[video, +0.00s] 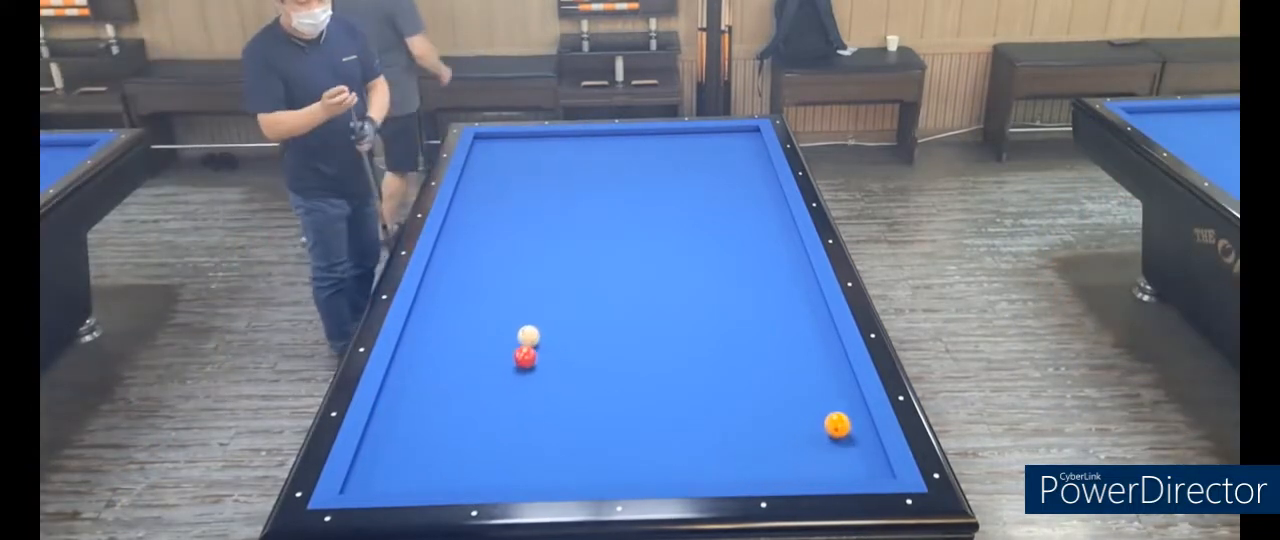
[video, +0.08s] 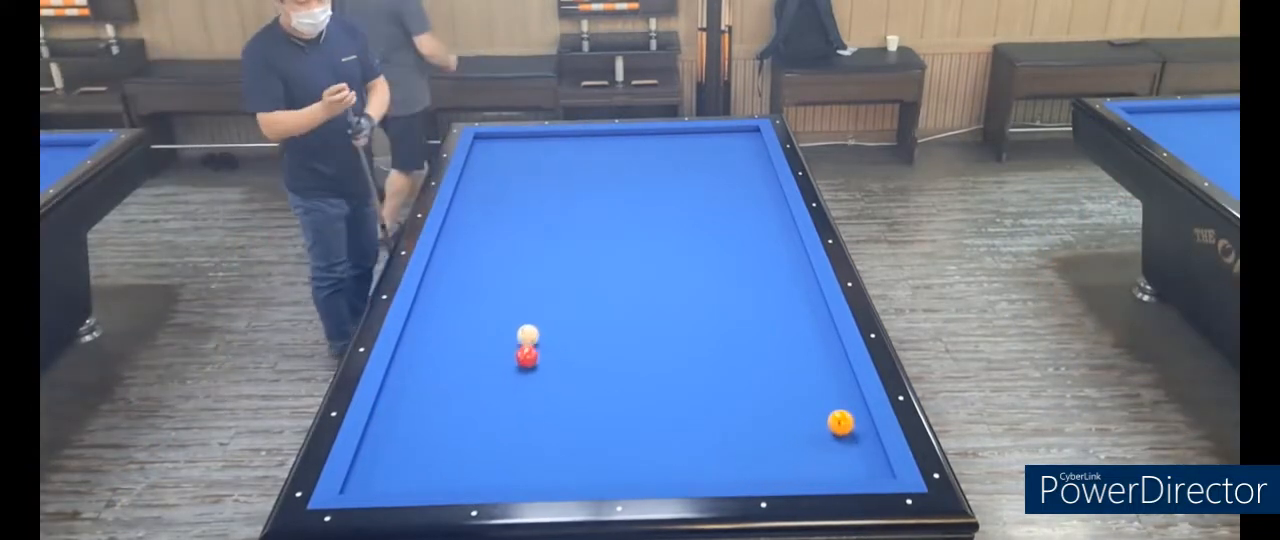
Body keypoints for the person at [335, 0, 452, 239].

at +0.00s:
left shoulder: (338, 5)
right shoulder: (396, 4)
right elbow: (419, 50)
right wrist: (441, 70)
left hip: (350, 98)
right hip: (395, 98)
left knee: (356, 166)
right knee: (397, 169)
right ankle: (388, 230)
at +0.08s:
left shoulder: (344, 4)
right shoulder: (404, 4)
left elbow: (341, 39)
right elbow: (426, 46)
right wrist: (448, 60)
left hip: (364, 93)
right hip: (402, 93)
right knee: (404, 167)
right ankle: (386, 229)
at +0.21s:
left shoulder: (369, 4)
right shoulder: (420, 3)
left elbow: (364, 33)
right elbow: (438, 40)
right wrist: (457, 39)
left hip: (394, 88)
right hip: (425, 88)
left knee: (420, 150)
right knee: (425, 156)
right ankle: (398, 211)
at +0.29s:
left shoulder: (385, 4)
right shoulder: (431, 3)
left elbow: (392, 34)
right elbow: (447, 35)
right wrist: (464, 24)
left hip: (407, 84)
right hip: (437, 86)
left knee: (425, 144)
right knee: (452, 144)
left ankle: (430, 189)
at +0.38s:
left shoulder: (395, 4)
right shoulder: (435, 2)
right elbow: (455, 32)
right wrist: (473, 9)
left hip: (414, 84)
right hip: (444, 85)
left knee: (428, 142)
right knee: (460, 146)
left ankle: (430, 195)